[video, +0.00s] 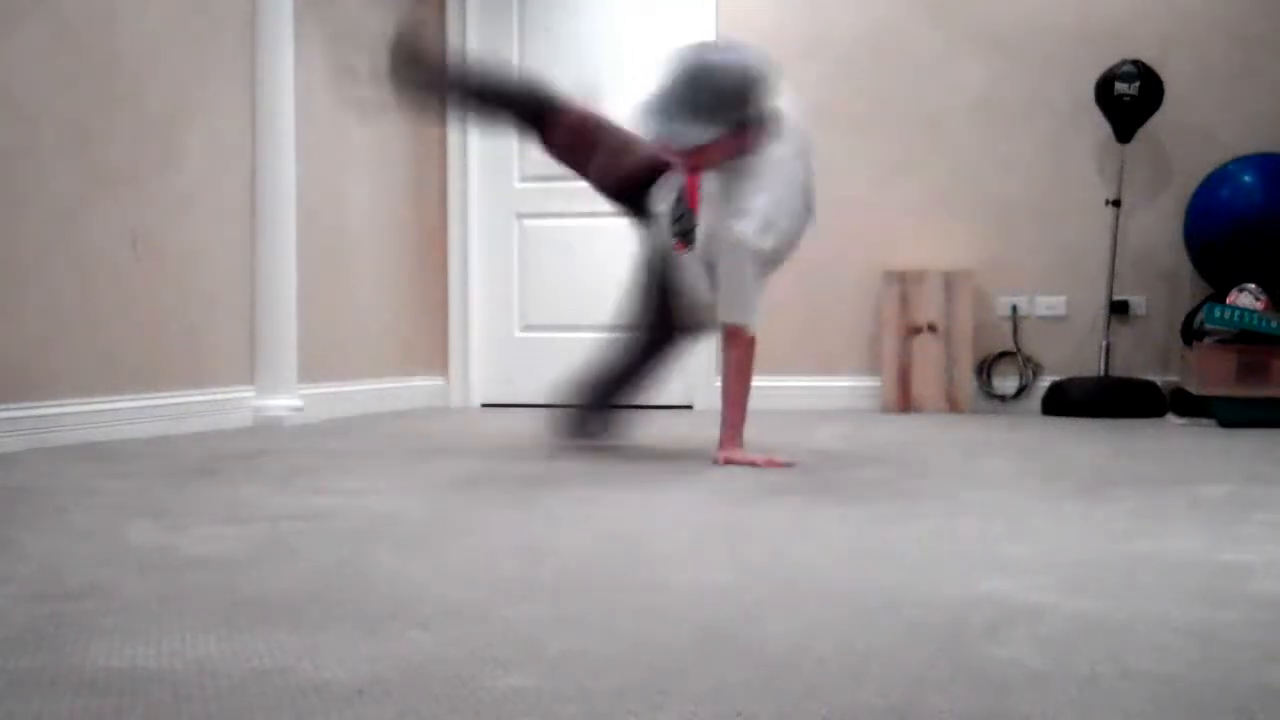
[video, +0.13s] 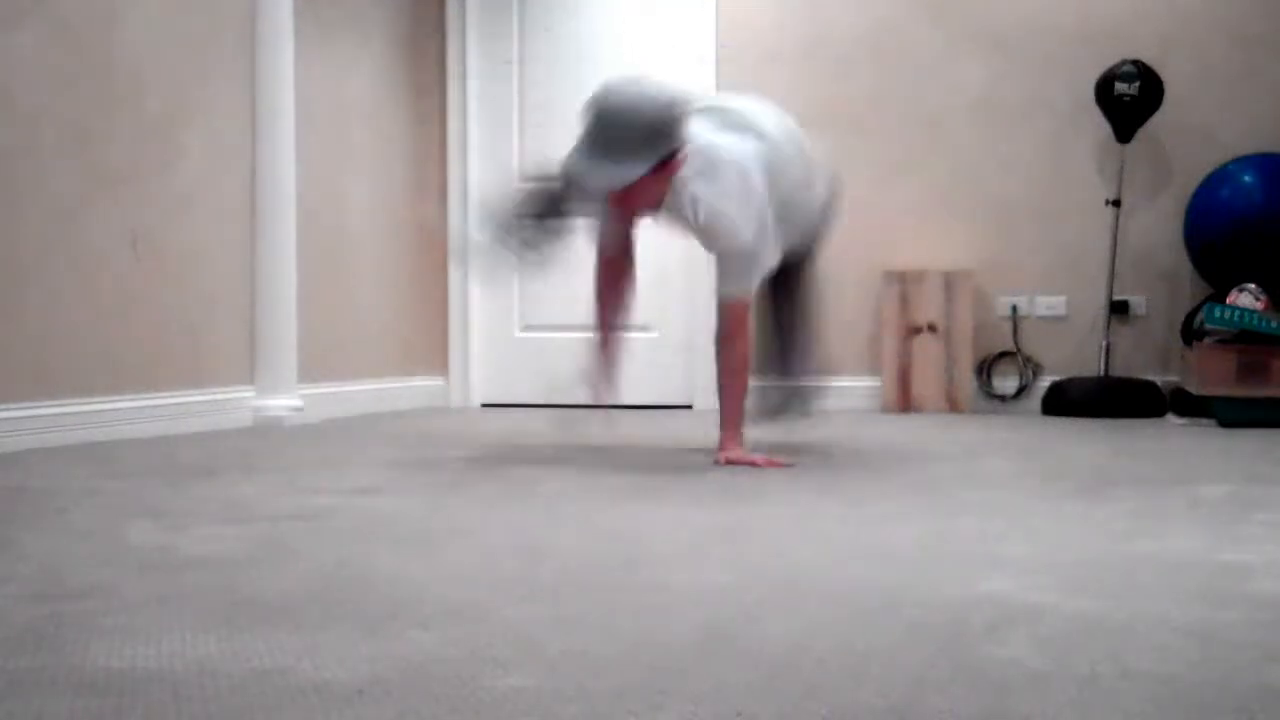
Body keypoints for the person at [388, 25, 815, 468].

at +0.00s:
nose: (682, 151)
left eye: (696, 141)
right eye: (679, 136)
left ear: (739, 133)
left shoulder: (744, 229)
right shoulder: (754, 109)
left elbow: (739, 336)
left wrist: (731, 445)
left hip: (686, 282)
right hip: (671, 196)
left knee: (643, 351)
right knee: (553, 117)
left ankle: (587, 415)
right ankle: (435, 77)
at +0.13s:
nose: (616, 199)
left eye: (627, 184)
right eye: (609, 184)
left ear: (669, 165)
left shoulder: (728, 188)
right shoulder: (620, 165)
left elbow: (733, 328)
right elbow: (613, 259)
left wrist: (731, 441)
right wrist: (606, 365)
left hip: (800, 190)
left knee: (785, 292)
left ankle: (786, 388)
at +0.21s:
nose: (586, 244)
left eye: (594, 227)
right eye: (575, 232)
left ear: (632, 203)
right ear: (563, 218)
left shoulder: (704, 205)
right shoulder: (583, 235)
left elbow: (725, 327)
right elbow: (624, 326)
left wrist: (731, 442)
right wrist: (635, 440)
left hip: (786, 144)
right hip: (700, 141)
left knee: (883, 284)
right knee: (640, 296)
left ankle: (967, 310)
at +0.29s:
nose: (557, 247)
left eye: (559, 228)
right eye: (543, 239)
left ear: (589, 195)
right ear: (536, 231)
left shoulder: (661, 190)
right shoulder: (573, 251)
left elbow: (709, 324)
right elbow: (620, 331)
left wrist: (733, 440)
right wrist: (635, 438)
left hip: (767, 159)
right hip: (727, 222)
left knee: (891, 170)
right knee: (753, 372)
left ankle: (1015, 185)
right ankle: (861, 383)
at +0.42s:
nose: (511, 164)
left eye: (509, 143)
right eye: (496, 161)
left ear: (542, 119)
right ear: (500, 171)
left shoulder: (622, 147)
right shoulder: (556, 237)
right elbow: (624, 325)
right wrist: (639, 439)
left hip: (789, 200)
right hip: (776, 283)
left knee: (808, 51)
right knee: (804, 407)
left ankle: (921, 5)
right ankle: (974, 431)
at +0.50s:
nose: (543, 120)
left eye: (539, 101)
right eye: (527, 122)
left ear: (563, 85)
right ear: (527, 139)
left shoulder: (634, 104)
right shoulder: (573, 232)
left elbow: (764, 134)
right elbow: (627, 328)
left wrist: (707, 115)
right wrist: (638, 441)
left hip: (803, 230)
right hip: (776, 308)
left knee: (802, 45)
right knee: (722, 395)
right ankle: (857, 463)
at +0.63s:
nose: (628, 126)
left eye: (629, 109)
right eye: (612, 123)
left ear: (653, 99)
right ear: (604, 136)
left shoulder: (728, 132)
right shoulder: (618, 220)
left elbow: (811, 178)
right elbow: (639, 334)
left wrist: (899, 156)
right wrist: (639, 440)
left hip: (787, 258)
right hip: (742, 316)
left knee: (844, 101)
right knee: (587, 316)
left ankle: (902, 11)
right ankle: (458, 340)